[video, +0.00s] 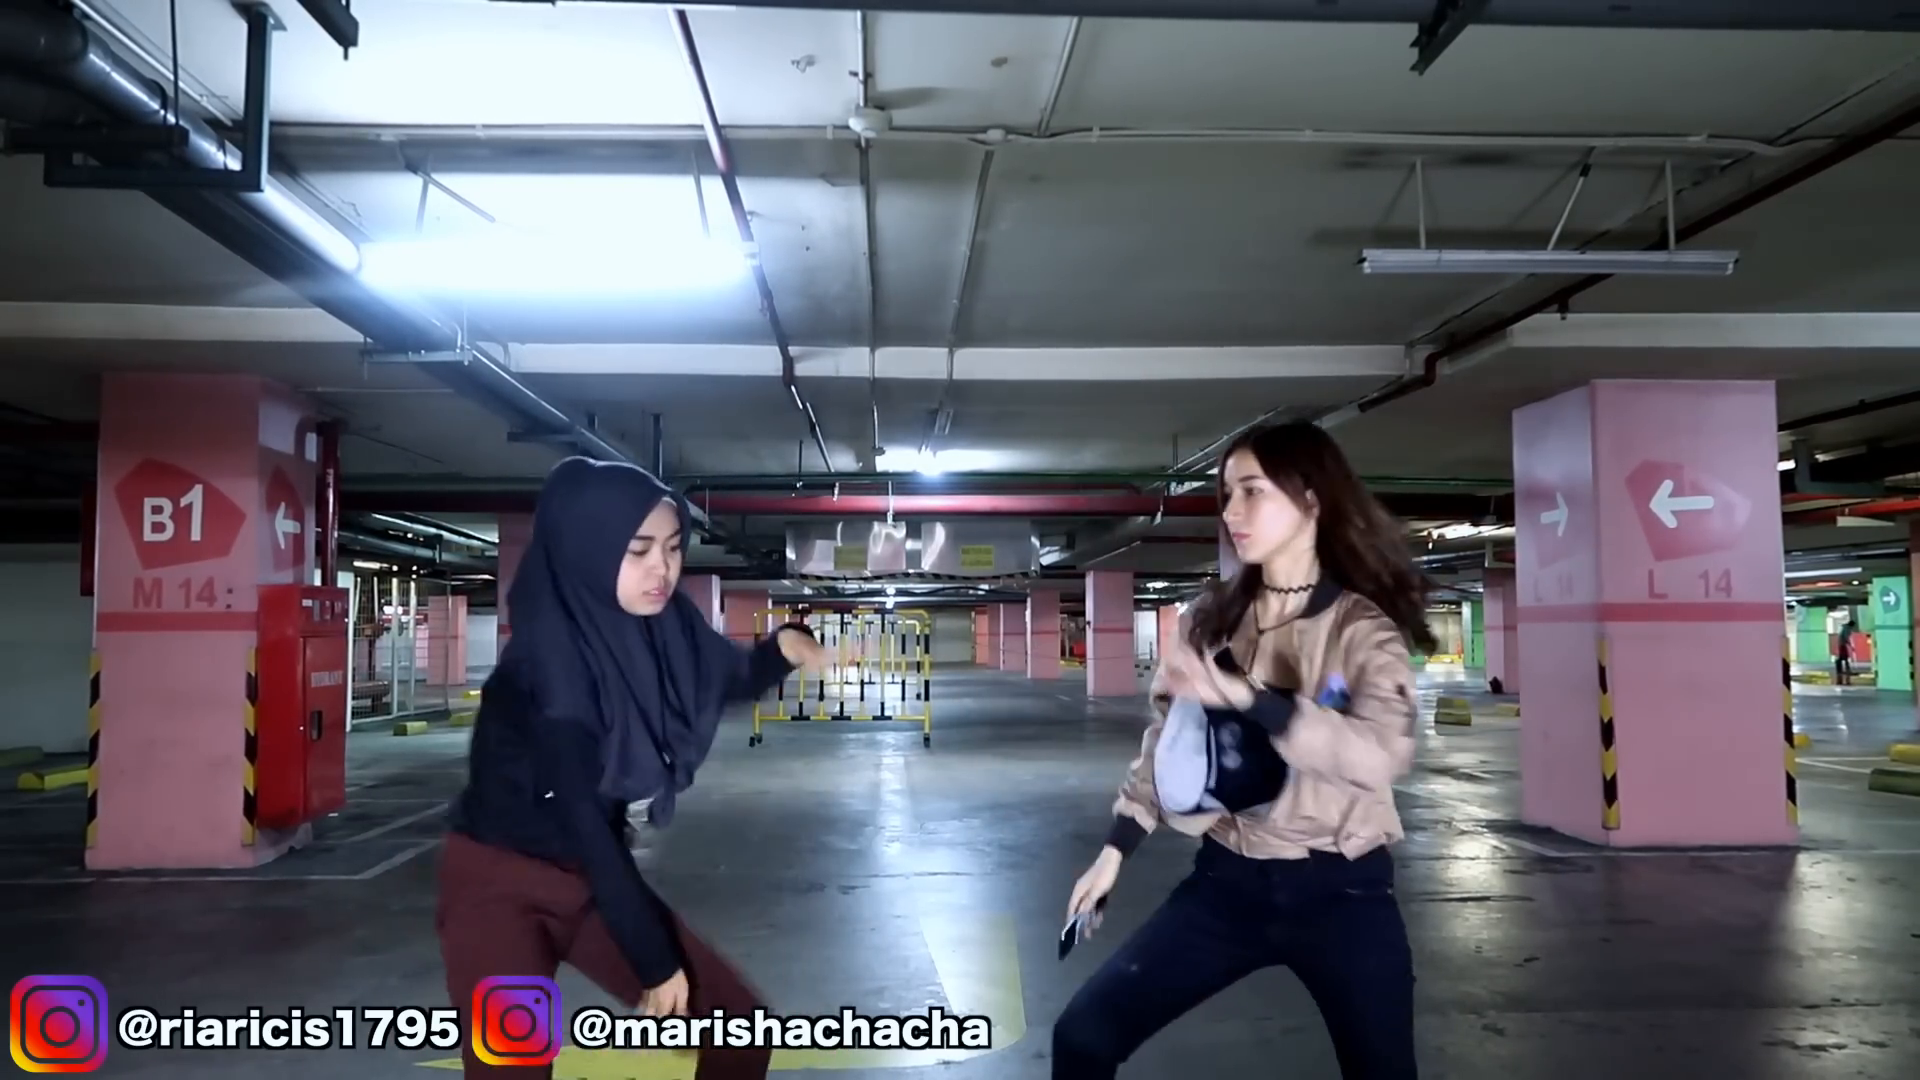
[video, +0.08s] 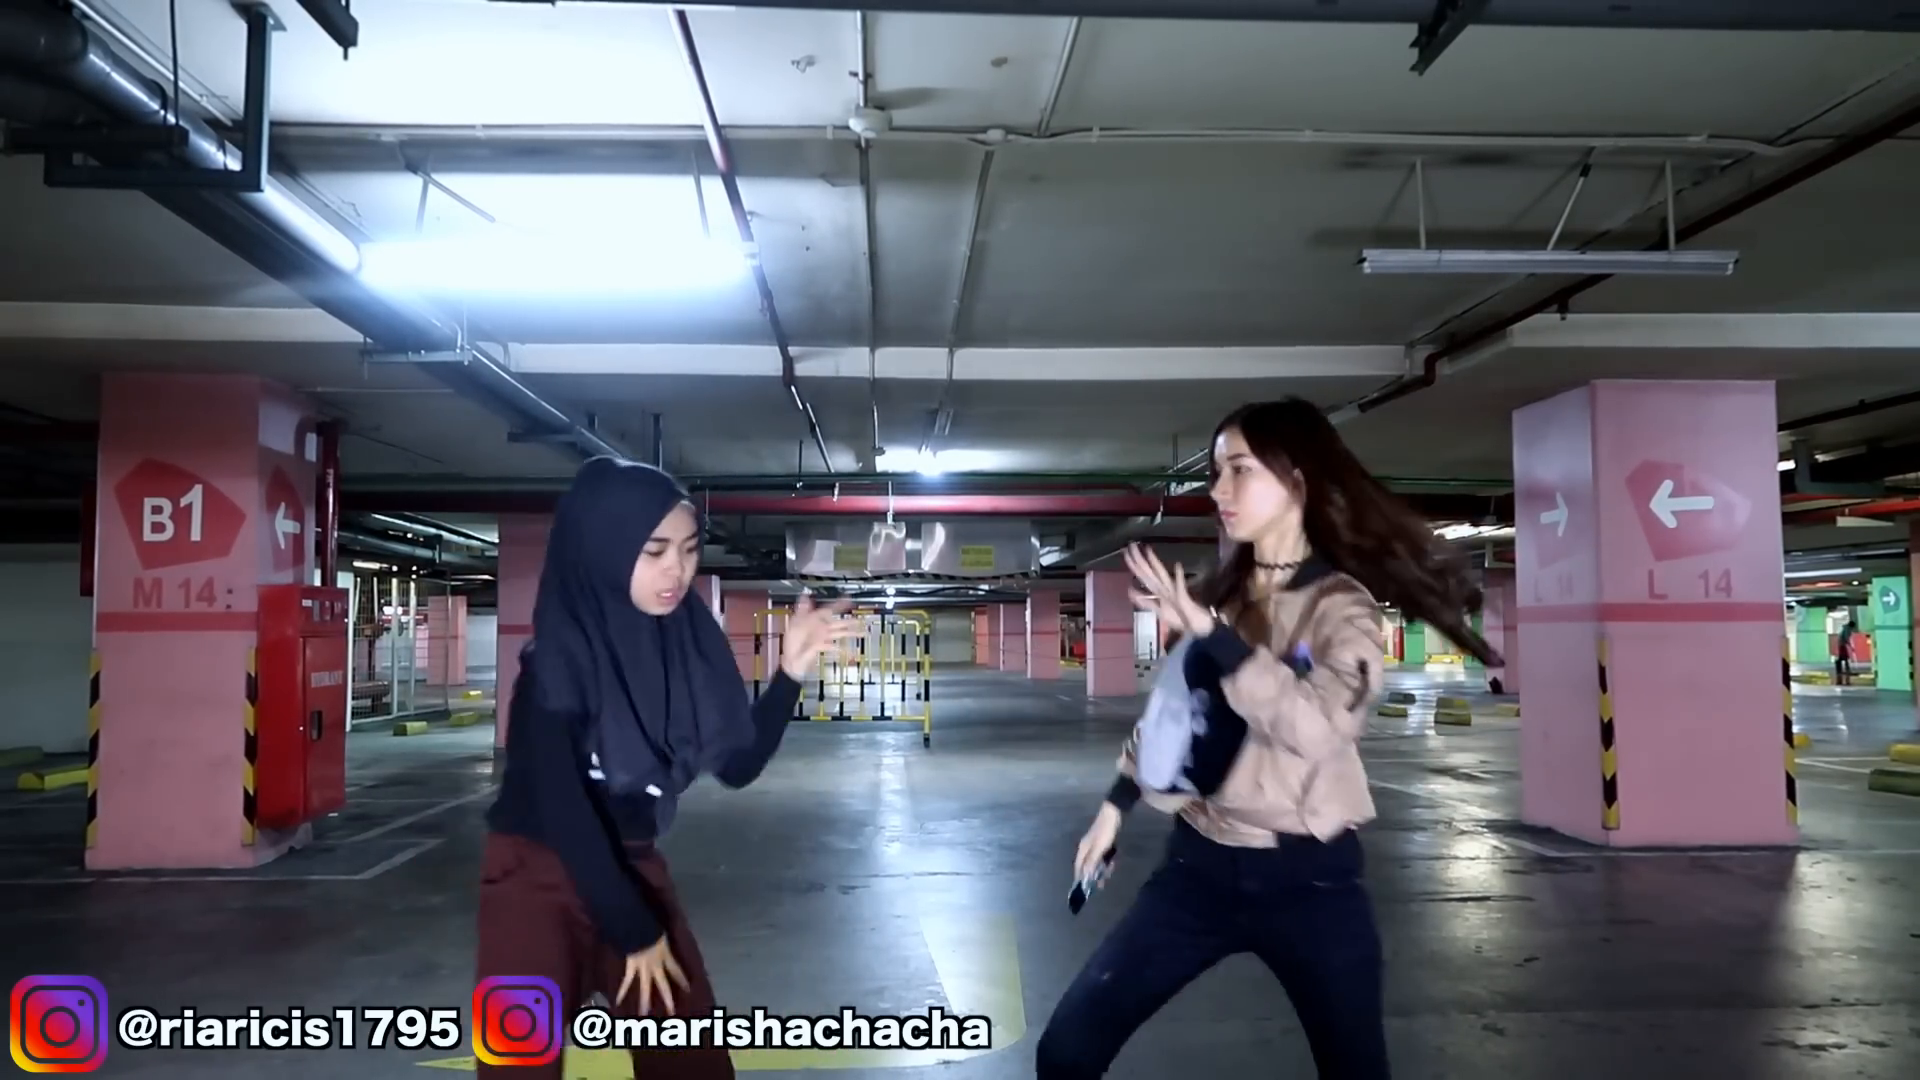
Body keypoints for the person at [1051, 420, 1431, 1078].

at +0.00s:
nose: (1229, 513)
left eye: (1250, 491)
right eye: (1228, 495)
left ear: (1310, 503)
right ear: (1227, 508)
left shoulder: (1363, 628)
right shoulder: (1210, 620)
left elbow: (1383, 756)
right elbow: (1165, 737)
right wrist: (1115, 848)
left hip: (1345, 891)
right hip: (1227, 884)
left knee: (1385, 1069)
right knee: (1083, 1036)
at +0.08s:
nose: (1218, 492)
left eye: (1240, 470)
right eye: (1217, 473)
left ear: (1299, 481)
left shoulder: (1345, 609)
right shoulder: (1218, 595)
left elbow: (1321, 728)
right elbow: (1172, 705)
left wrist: (1211, 637)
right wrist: (1115, 805)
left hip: (1312, 880)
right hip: (1199, 869)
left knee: (1358, 1070)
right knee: (1066, 1050)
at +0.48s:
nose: (1163, 500)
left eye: (1185, 480)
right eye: (1163, 482)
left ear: (1244, 488)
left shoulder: (1281, 611)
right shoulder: (1185, 593)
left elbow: (1236, 726)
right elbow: (1150, 673)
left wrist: (1155, 616)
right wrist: (1085, 711)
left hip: (1250, 885)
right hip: (1155, 873)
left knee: (1263, 1072)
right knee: (1014, 1046)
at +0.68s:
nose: (1122, 499)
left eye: (1145, 477)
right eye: (1113, 482)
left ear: (1194, 489)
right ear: (1103, 495)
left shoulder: (1214, 597)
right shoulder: (1121, 597)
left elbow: (1256, 689)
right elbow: (1099, 678)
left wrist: (1155, 640)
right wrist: (1026, 675)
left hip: (1154, 867)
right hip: (1061, 858)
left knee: (1180, 1069)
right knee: (997, 1055)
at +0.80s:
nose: (1085, 489)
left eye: (1107, 473)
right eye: (1071, 475)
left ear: (1143, 492)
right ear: (1056, 494)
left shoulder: (1183, 607)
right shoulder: (1057, 608)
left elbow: (1232, 739)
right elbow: (1035, 736)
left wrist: (1179, 704)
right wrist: (972, 705)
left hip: (1133, 878)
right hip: (1031, 863)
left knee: (1087, 1070)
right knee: (978, 1061)